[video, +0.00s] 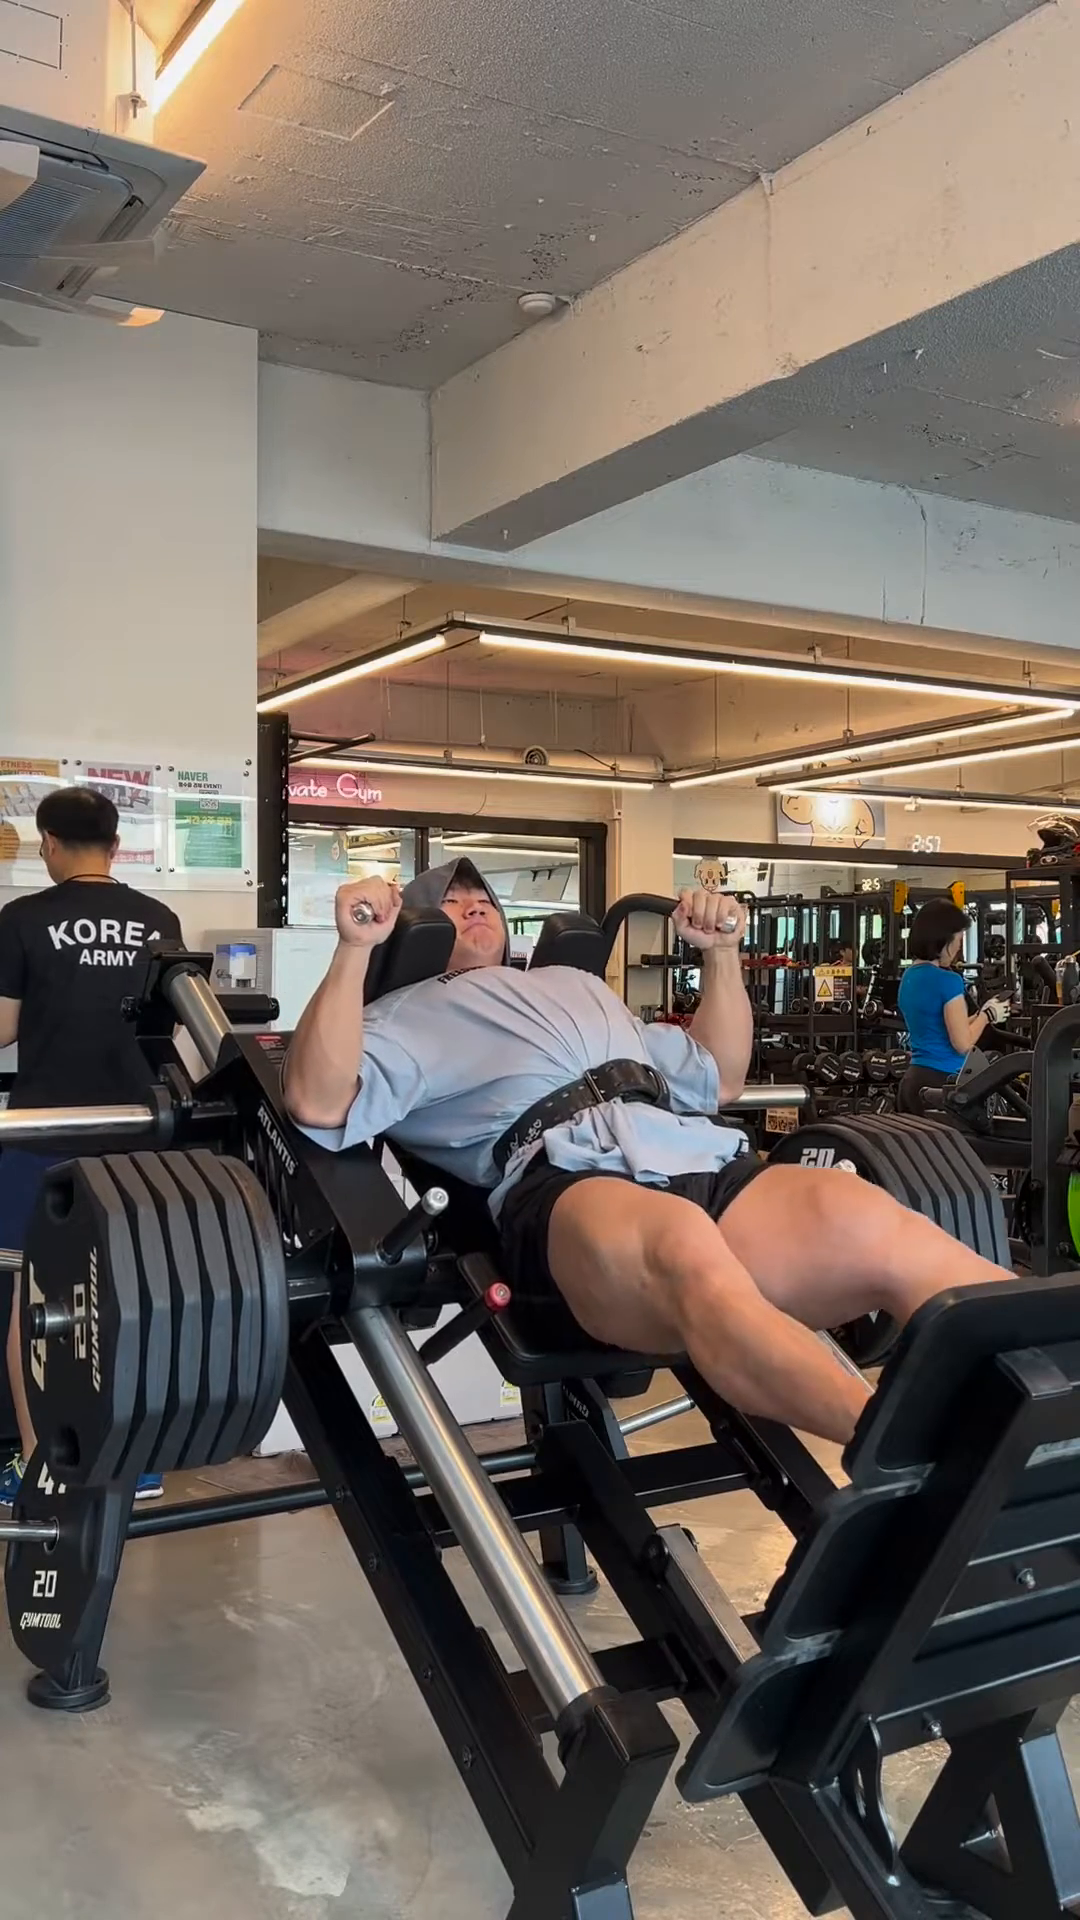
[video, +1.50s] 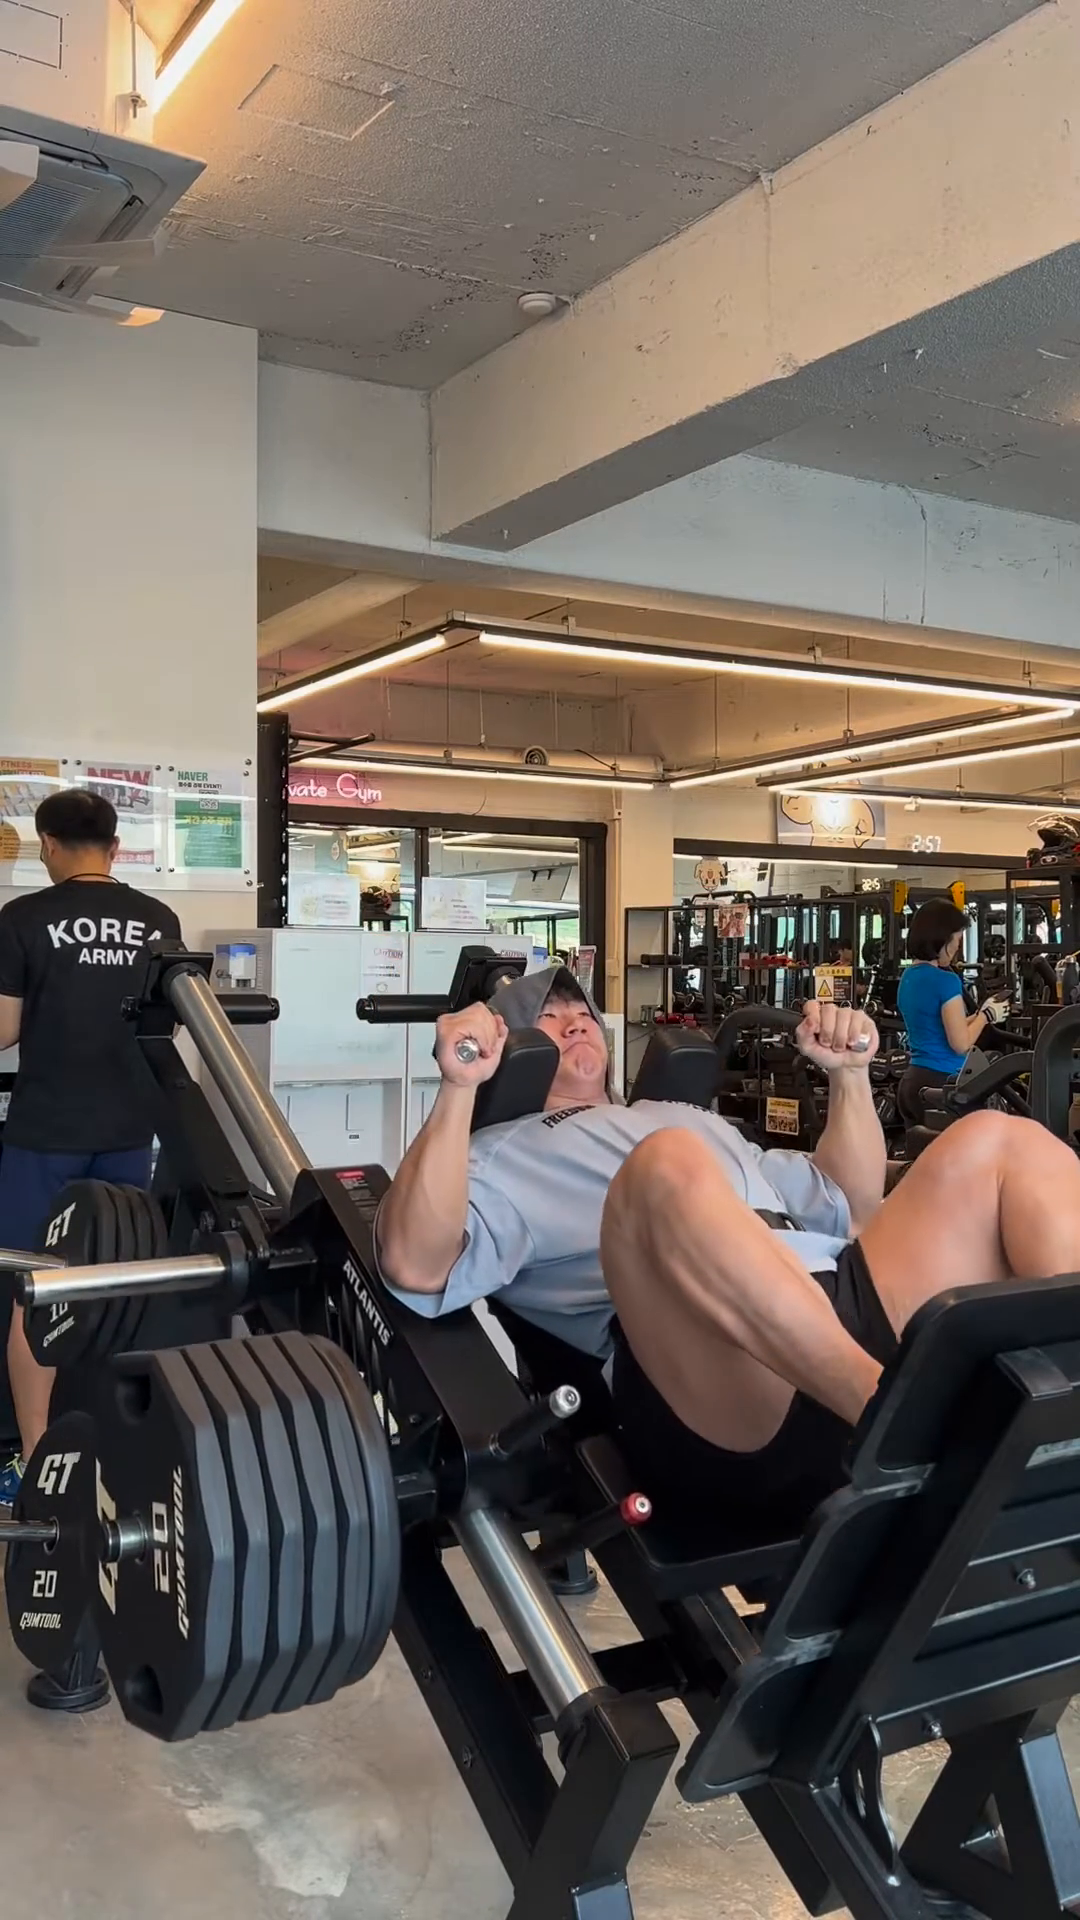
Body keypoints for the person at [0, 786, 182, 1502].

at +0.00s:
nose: (47, 855)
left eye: (44, 844)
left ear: (47, 845)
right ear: (115, 847)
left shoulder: (23, 918)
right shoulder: (159, 917)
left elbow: (5, 1027)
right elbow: (178, 1021)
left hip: (41, 1134)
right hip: (135, 1135)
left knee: (24, 1295)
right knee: (134, 1293)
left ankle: (35, 1455)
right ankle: (138, 1462)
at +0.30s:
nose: (51, 856)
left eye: (47, 846)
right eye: (64, 847)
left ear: (49, 846)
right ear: (116, 847)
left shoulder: (23, 916)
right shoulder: (159, 917)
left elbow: (4, 1027)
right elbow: (172, 1017)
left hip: (42, 1130)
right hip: (133, 1130)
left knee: (26, 1293)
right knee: (127, 1286)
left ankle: (36, 1456)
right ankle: (124, 1448)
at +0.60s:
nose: (48, 858)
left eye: (45, 848)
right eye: (58, 849)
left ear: (48, 847)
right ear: (116, 849)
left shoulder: (25, 916)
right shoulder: (160, 917)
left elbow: (5, 1029)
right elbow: (173, 1019)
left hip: (48, 1133)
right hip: (142, 1131)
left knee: (23, 1300)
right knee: (128, 1292)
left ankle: (39, 1458)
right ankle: (126, 1451)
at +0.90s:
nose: (49, 857)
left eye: (45, 847)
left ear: (48, 847)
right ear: (116, 848)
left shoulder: (24, 917)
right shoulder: (159, 918)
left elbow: (4, 1028)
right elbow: (176, 1018)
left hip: (46, 1129)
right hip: (138, 1126)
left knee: (26, 1294)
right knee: (140, 1285)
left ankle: (41, 1461)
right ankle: (144, 1451)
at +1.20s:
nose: (47, 857)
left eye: (45, 847)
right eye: (55, 847)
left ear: (49, 846)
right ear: (115, 848)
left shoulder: (25, 916)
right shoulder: (160, 919)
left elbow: (5, 1029)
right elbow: (172, 1020)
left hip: (46, 1128)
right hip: (135, 1127)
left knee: (29, 1291)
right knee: (122, 1283)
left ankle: (40, 1459)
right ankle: (125, 1447)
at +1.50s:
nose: (49, 858)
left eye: (45, 848)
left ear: (48, 847)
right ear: (115, 848)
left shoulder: (25, 917)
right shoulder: (160, 917)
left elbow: (5, 1029)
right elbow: (175, 1020)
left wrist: (55, 1014)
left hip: (47, 1128)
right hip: (136, 1128)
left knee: (27, 1295)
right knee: (124, 1290)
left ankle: (41, 1462)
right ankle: (126, 1453)